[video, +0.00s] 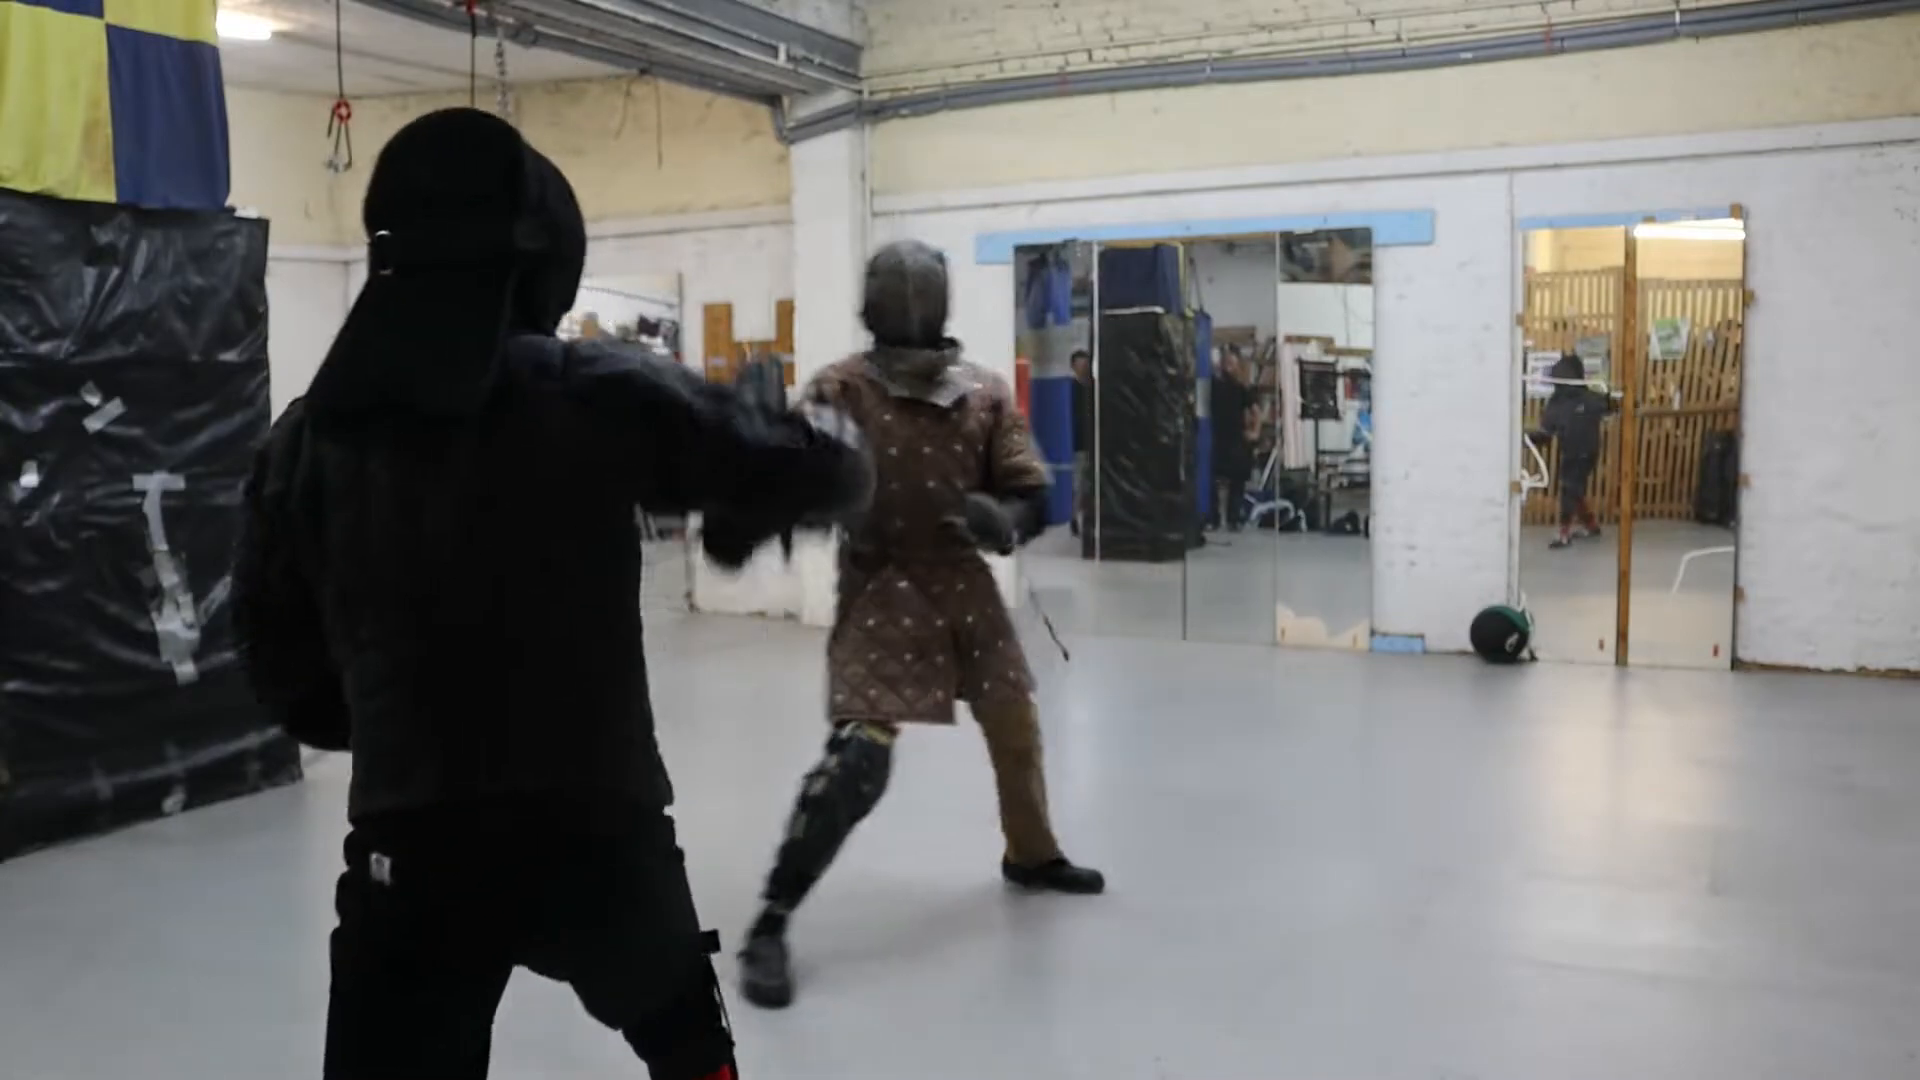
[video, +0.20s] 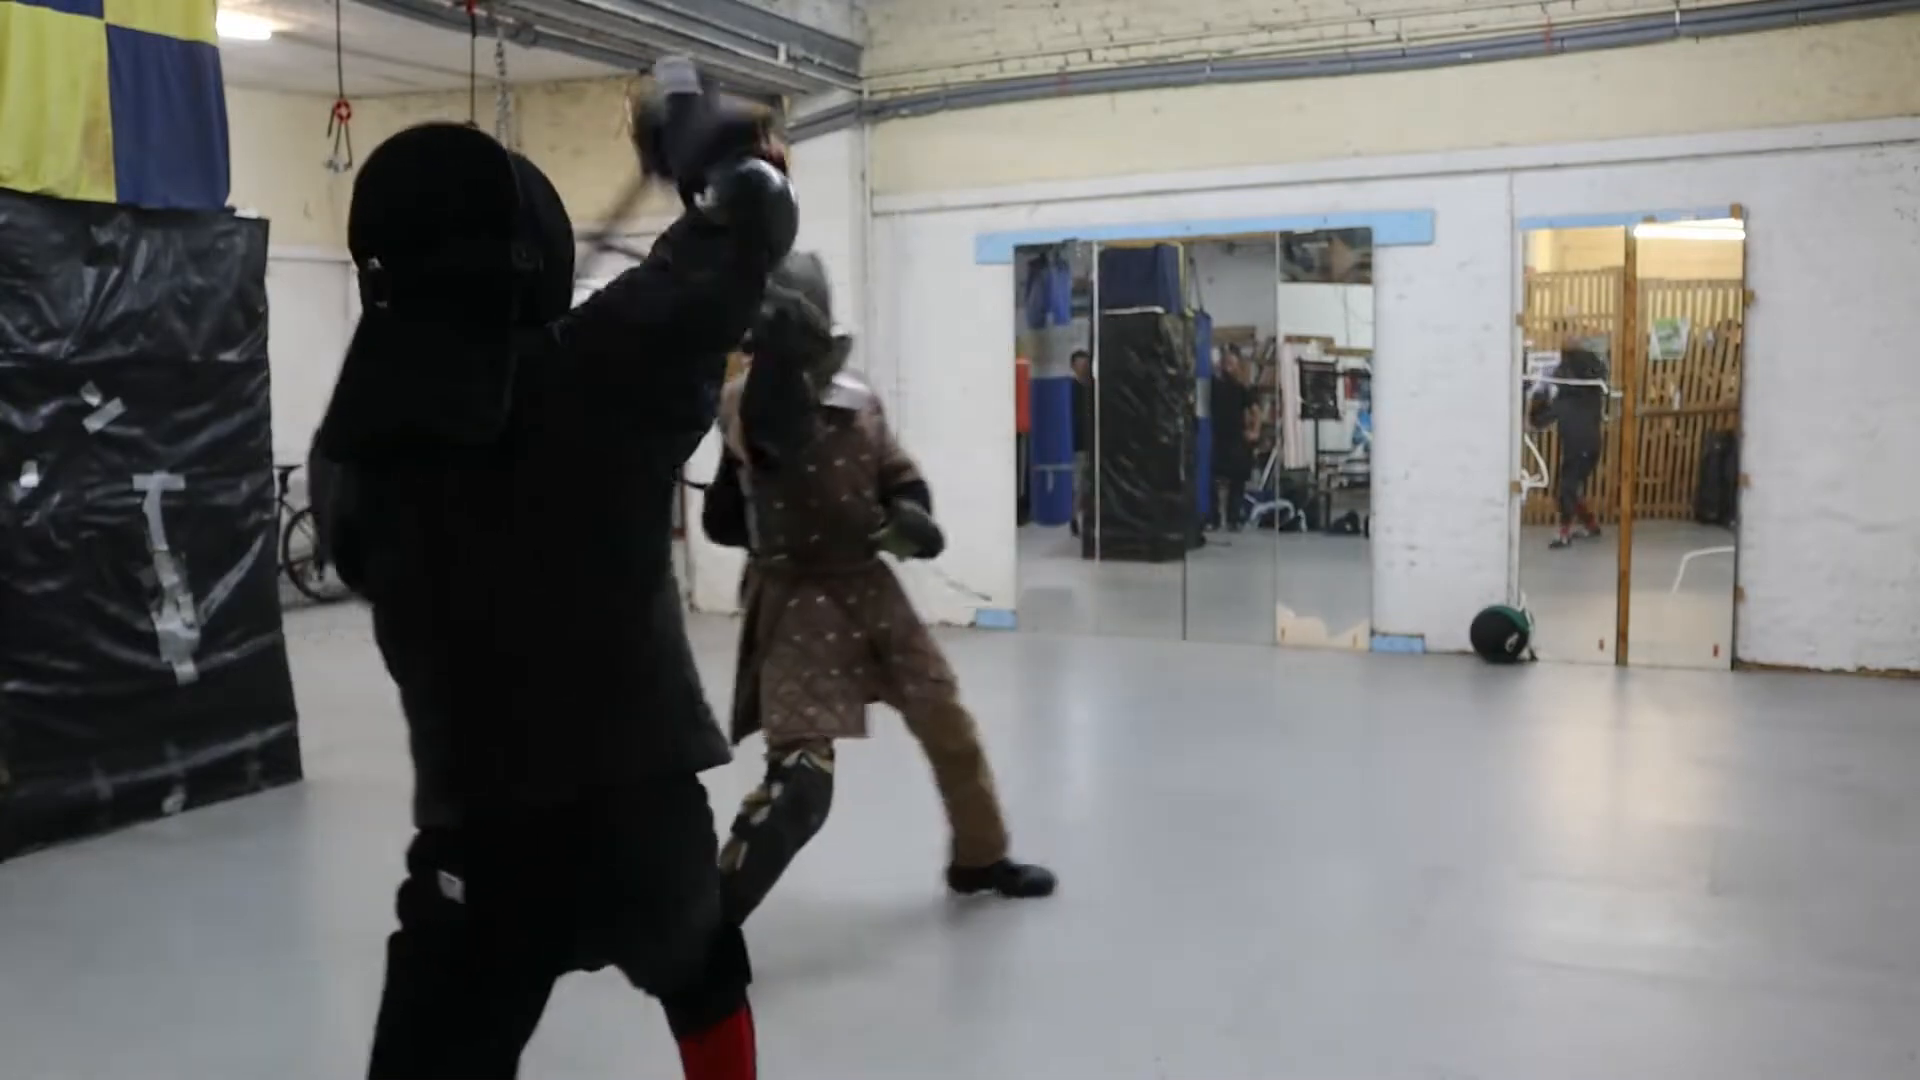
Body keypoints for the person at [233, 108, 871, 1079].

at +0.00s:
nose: (570, 277)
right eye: (558, 247)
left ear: (389, 252)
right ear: (533, 254)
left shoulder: (311, 434)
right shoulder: (595, 396)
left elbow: (289, 683)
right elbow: (821, 473)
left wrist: (400, 717)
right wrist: (738, 505)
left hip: (415, 862)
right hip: (601, 850)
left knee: (382, 1072)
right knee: (690, 1049)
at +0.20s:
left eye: (374, 260)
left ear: (384, 274)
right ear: (533, 250)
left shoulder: (358, 440)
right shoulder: (611, 366)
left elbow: (359, 572)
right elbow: (751, 206)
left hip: (477, 845)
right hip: (643, 824)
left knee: (423, 1068)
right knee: (706, 991)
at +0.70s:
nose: (655, 286)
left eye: (671, 266)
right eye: (659, 266)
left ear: (707, 280)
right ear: (797, 286)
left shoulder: (697, 390)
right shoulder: (805, 404)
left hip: (757, 769)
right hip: (849, 752)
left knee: (664, 1037)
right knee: (770, 946)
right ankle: (827, 1066)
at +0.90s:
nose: (751, 287)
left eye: (762, 267)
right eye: (754, 267)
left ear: (797, 271)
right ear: (896, 270)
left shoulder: (810, 397)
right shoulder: (915, 404)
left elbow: (724, 559)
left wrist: (552, 554)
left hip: (884, 768)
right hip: (927, 758)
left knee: (867, 1031)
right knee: (785, 920)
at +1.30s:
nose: (881, 293)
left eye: (886, 267)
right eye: (878, 268)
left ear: (923, 262)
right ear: (1042, 244)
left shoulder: (927, 413)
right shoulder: (1129, 385)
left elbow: (885, 674)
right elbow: (1220, 551)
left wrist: (785, 643)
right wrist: (1111, 620)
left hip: (1063, 791)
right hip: (1165, 769)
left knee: (1083, 1053)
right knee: (989, 931)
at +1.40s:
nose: (903, 275)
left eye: (910, 247)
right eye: (904, 247)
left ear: (945, 248)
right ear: (1066, 232)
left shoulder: (944, 391)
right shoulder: (1153, 376)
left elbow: (872, 631)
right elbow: (1217, 556)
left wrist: (796, 578)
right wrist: (1108, 610)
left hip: (1063, 771)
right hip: (1171, 750)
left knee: (1109, 1045)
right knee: (1000, 932)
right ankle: (1049, 1065)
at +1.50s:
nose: (922, 268)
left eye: (928, 242)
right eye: (921, 242)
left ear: (962, 239)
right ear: (1080, 229)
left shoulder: (951, 371)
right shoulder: (1147, 361)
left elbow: (849, 589)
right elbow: (1198, 550)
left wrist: (794, 503)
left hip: (1072, 756)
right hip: (1168, 738)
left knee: (1129, 1038)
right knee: (1000, 929)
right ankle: (1055, 1068)